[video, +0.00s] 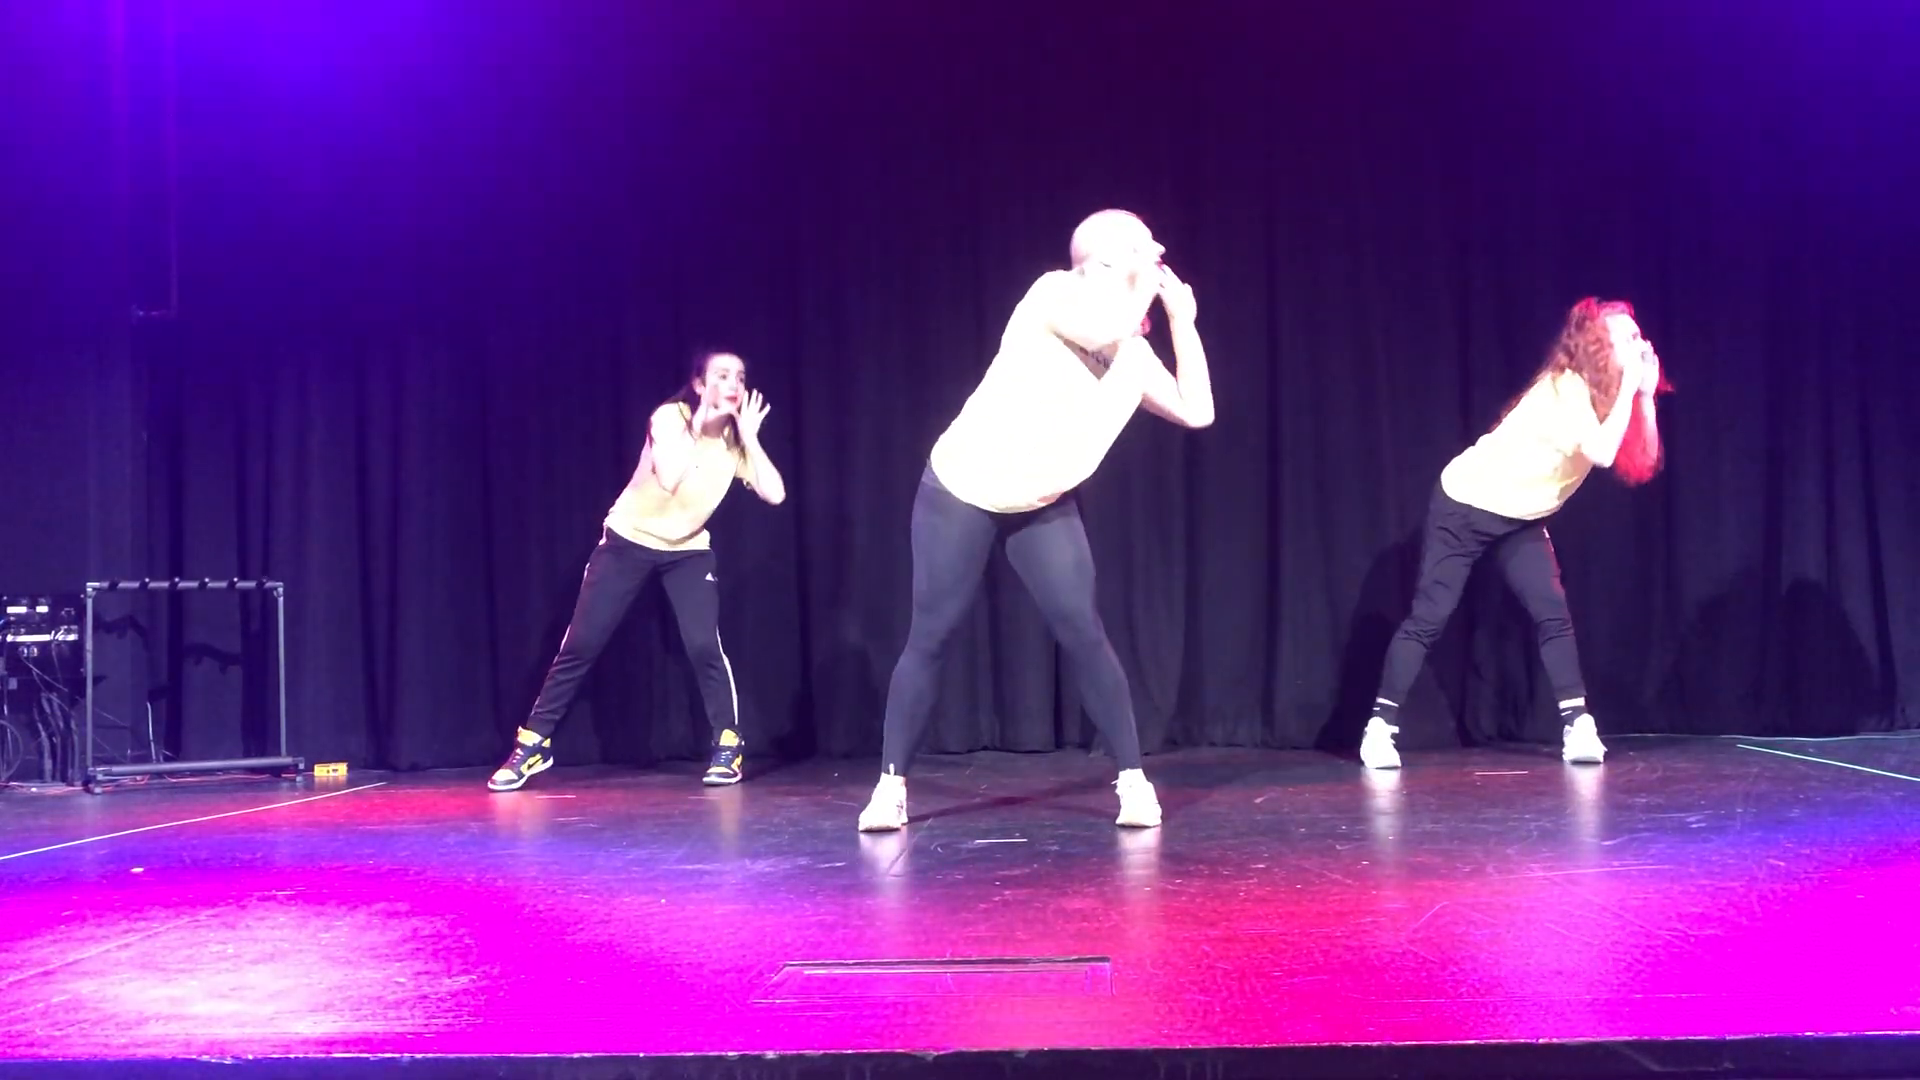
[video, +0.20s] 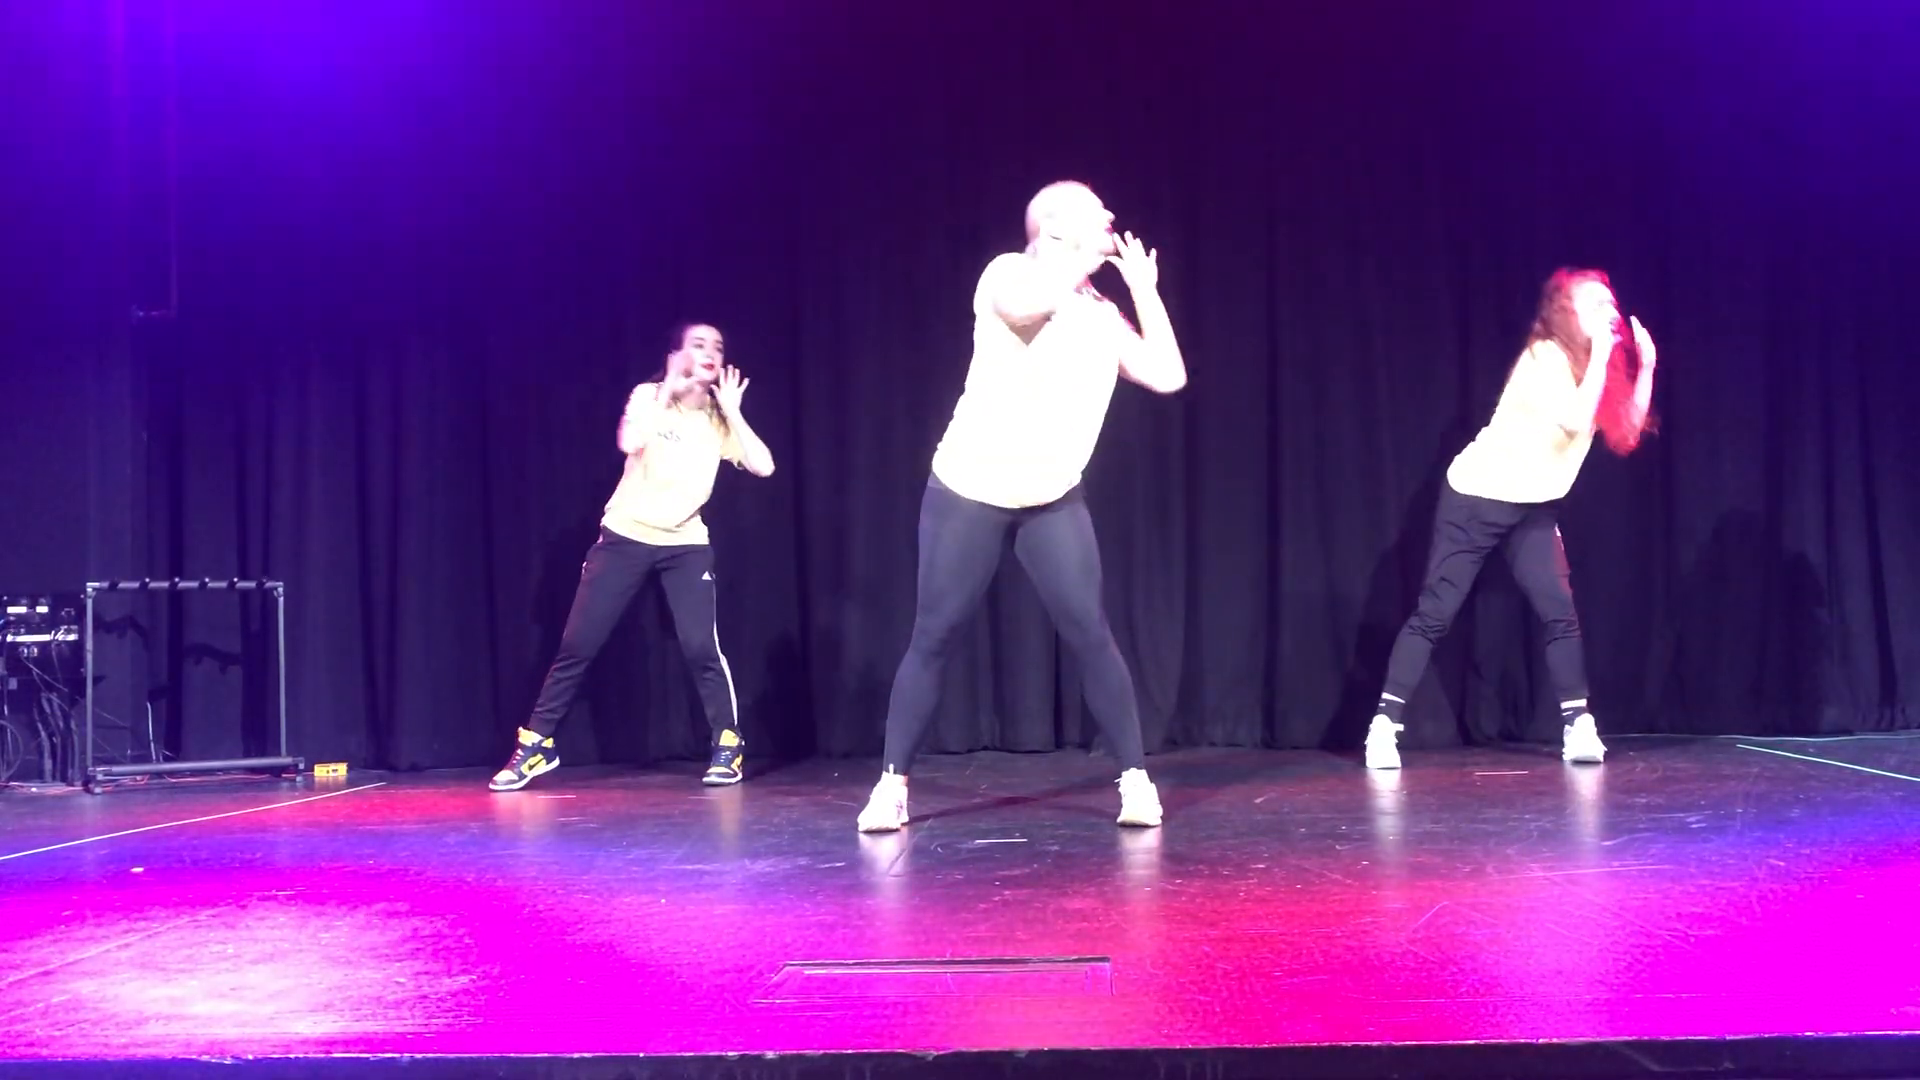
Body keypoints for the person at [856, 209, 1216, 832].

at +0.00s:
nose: (1158, 251)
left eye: (1153, 240)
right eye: (1142, 237)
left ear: (1132, 259)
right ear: (1100, 254)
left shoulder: (1133, 352)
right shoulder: (1055, 292)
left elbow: (1197, 410)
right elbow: (1101, 332)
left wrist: (1184, 322)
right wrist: (1143, 281)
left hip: (1043, 504)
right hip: (960, 492)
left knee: (1083, 632)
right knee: (931, 633)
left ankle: (1131, 778)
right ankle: (891, 782)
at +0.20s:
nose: (1109, 222)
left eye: (1105, 213)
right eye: (1093, 212)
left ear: (1089, 232)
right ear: (1050, 228)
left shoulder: (1104, 320)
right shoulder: (1006, 272)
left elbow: (1168, 375)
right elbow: (1023, 307)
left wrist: (1145, 292)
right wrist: (1083, 259)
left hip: (1052, 496)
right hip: (969, 488)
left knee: (1088, 629)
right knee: (935, 630)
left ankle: (1135, 777)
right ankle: (892, 781)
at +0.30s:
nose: (1081, 206)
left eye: (1081, 198)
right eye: (1063, 196)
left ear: (1083, 220)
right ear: (1023, 214)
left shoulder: (1096, 301)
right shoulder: (989, 270)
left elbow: (1133, 393)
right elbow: (950, 342)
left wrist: (1141, 323)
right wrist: (1032, 306)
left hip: (1053, 488)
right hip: (967, 482)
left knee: (1090, 625)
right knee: (932, 626)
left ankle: (1135, 776)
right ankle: (892, 780)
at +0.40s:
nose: (1045, 225)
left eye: (1053, 216)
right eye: (1030, 216)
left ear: (1065, 231)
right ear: (1002, 231)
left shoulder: (1088, 312)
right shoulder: (966, 293)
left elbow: (1106, 408)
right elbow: (932, 393)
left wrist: (1140, 444)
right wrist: (991, 436)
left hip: (1050, 493)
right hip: (960, 492)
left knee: (1097, 628)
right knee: (925, 638)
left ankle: (1130, 778)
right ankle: (897, 783)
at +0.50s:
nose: (1028, 259)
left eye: (1037, 248)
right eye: (1013, 250)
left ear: (1054, 263)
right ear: (992, 270)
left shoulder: (1074, 352)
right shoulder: (951, 351)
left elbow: (1094, 453)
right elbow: (942, 457)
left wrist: (1124, 542)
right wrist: (956, 547)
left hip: (1043, 523)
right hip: (955, 521)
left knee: (1101, 640)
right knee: (916, 653)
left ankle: (1129, 781)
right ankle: (895, 786)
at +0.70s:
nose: (1026, 236)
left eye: (1035, 226)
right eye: (1013, 227)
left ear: (1052, 237)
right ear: (990, 241)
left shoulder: (1071, 330)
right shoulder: (950, 296)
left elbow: (1080, 436)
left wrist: (1094, 525)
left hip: (1034, 499)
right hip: (945, 498)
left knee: (1090, 631)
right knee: (910, 639)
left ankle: (1129, 780)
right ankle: (894, 785)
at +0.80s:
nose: (1023, 204)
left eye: (1032, 197)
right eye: (1009, 197)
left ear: (1047, 217)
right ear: (982, 217)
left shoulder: (1068, 303)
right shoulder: (950, 265)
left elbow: (1078, 414)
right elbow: (944, 169)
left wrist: (1095, 507)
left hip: (1031, 480)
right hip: (941, 479)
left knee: (1078, 624)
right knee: (916, 631)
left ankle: (1130, 777)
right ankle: (891, 784)